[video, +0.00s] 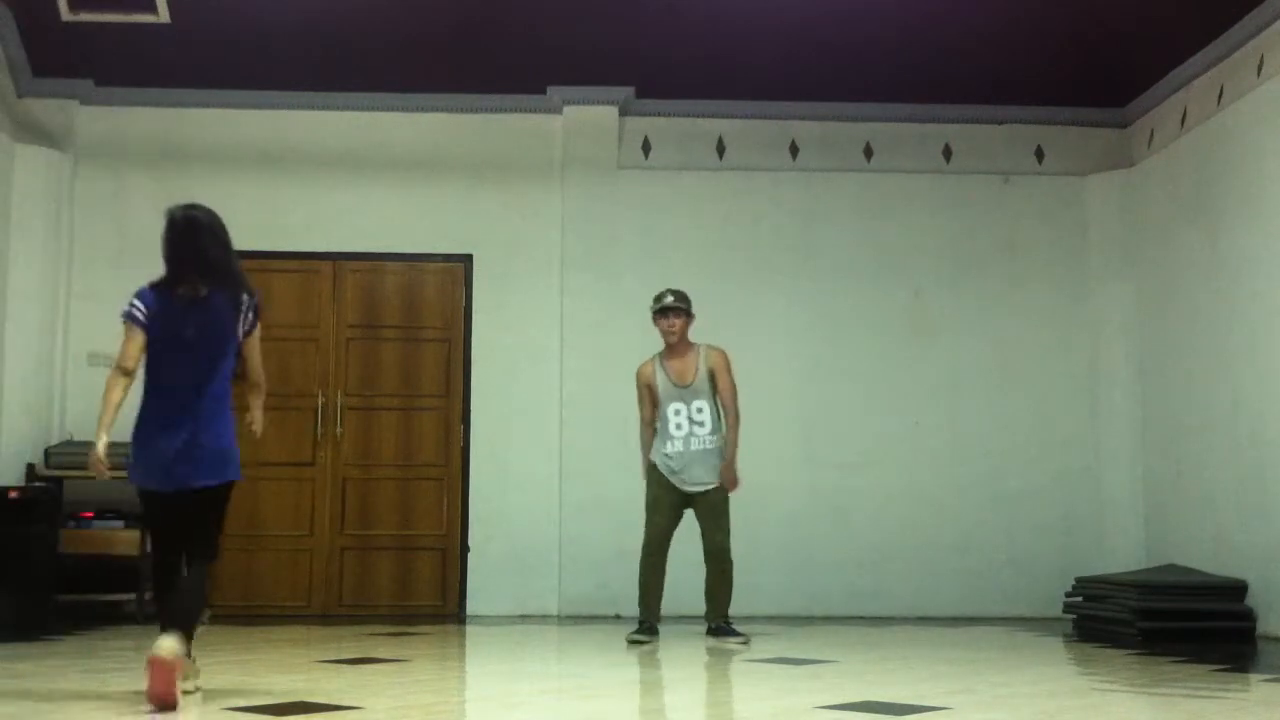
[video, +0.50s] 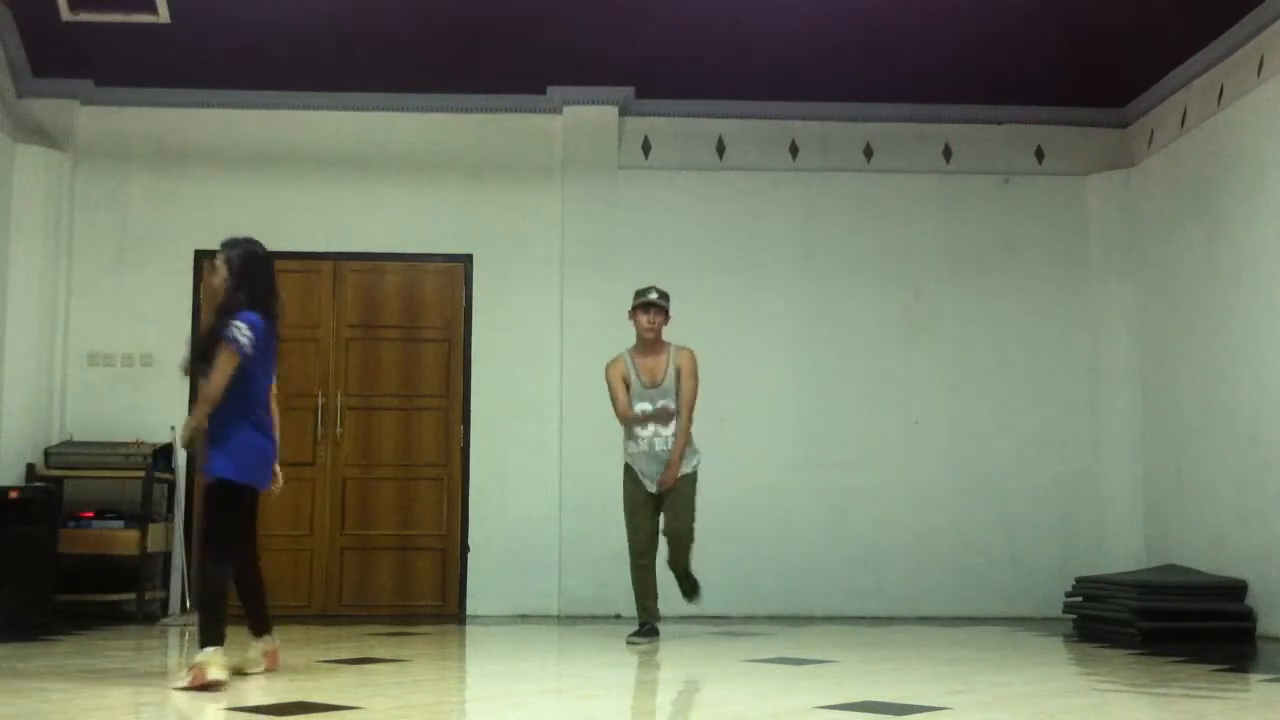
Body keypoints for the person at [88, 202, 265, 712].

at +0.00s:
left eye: (170, 241)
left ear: (169, 247)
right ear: (220, 245)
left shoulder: (150, 298)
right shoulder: (240, 301)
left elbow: (125, 369)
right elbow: (254, 373)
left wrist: (102, 434)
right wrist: (257, 410)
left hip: (156, 448)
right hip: (213, 449)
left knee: (165, 554)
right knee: (200, 553)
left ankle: (184, 662)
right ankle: (171, 641)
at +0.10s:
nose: (169, 247)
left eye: (172, 240)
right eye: (172, 239)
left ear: (182, 248)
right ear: (226, 248)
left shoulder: (162, 301)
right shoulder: (249, 306)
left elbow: (139, 374)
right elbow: (259, 379)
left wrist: (119, 442)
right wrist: (256, 430)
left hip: (167, 446)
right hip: (224, 447)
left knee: (168, 550)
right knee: (213, 546)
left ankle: (183, 668)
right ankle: (199, 613)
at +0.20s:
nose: (179, 248)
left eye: (183, 241)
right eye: (182, 239)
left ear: (194, 248)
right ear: (234, 248)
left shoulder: (175, 301)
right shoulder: (256, 306)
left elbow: (156, 379)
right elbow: (262, 382)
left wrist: (135, 439)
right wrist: (264, 442)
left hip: (177, 440)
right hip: (235, 440)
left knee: (175, 546)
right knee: (211, 535)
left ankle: (182, 664)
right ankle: (217, 611)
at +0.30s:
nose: (190, 250)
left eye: (196, 243)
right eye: (192, 242)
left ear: (212, 250)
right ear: (241, 251)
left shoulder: (191, 301)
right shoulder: (258, 306)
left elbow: (172, 377)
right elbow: (267, 383)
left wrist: (151, 434)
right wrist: (270, 445)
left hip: (196, 437)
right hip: (244, 439)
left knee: (188, 543)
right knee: (204, 535)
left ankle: (185, 661)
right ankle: (245, 627)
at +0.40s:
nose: (199, 261)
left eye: (205, 254)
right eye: (201, 253)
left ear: (225, 261)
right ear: (246, 262)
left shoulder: (209, 309)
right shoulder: (260, 317)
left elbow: (188, 377)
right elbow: (273, 386)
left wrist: (170, 426)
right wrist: (274, 448)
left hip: (210, 445)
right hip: (248, 448)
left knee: (197, 548)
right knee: (222, 545)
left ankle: (198, 657)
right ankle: (252, 629)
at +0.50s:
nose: (211, 276)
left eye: (218, 269)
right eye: (213, 269)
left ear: (238, 274)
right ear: (249, 275)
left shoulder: (240, 324)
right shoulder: (261, 325)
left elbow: (217, 382)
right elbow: (269, 397)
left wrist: (194, 419)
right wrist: (273, 456)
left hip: (230, 450)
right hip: (251, 450)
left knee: (213, 549)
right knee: (241, 548)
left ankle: (210, 655)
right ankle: (264, 643)